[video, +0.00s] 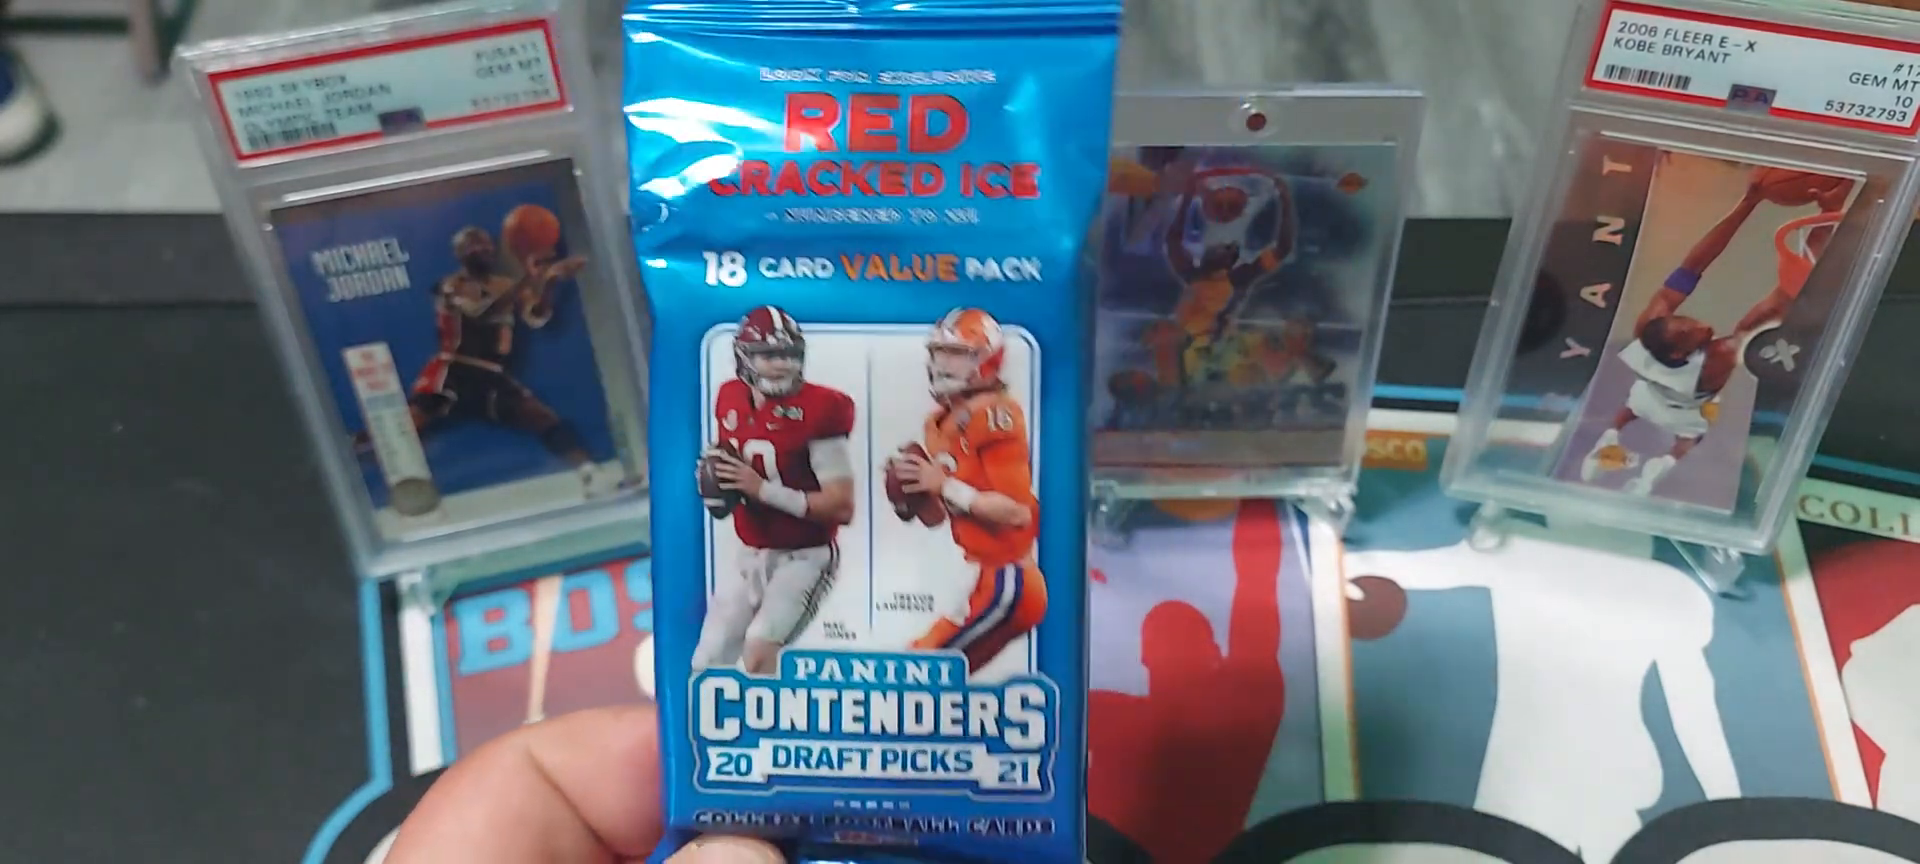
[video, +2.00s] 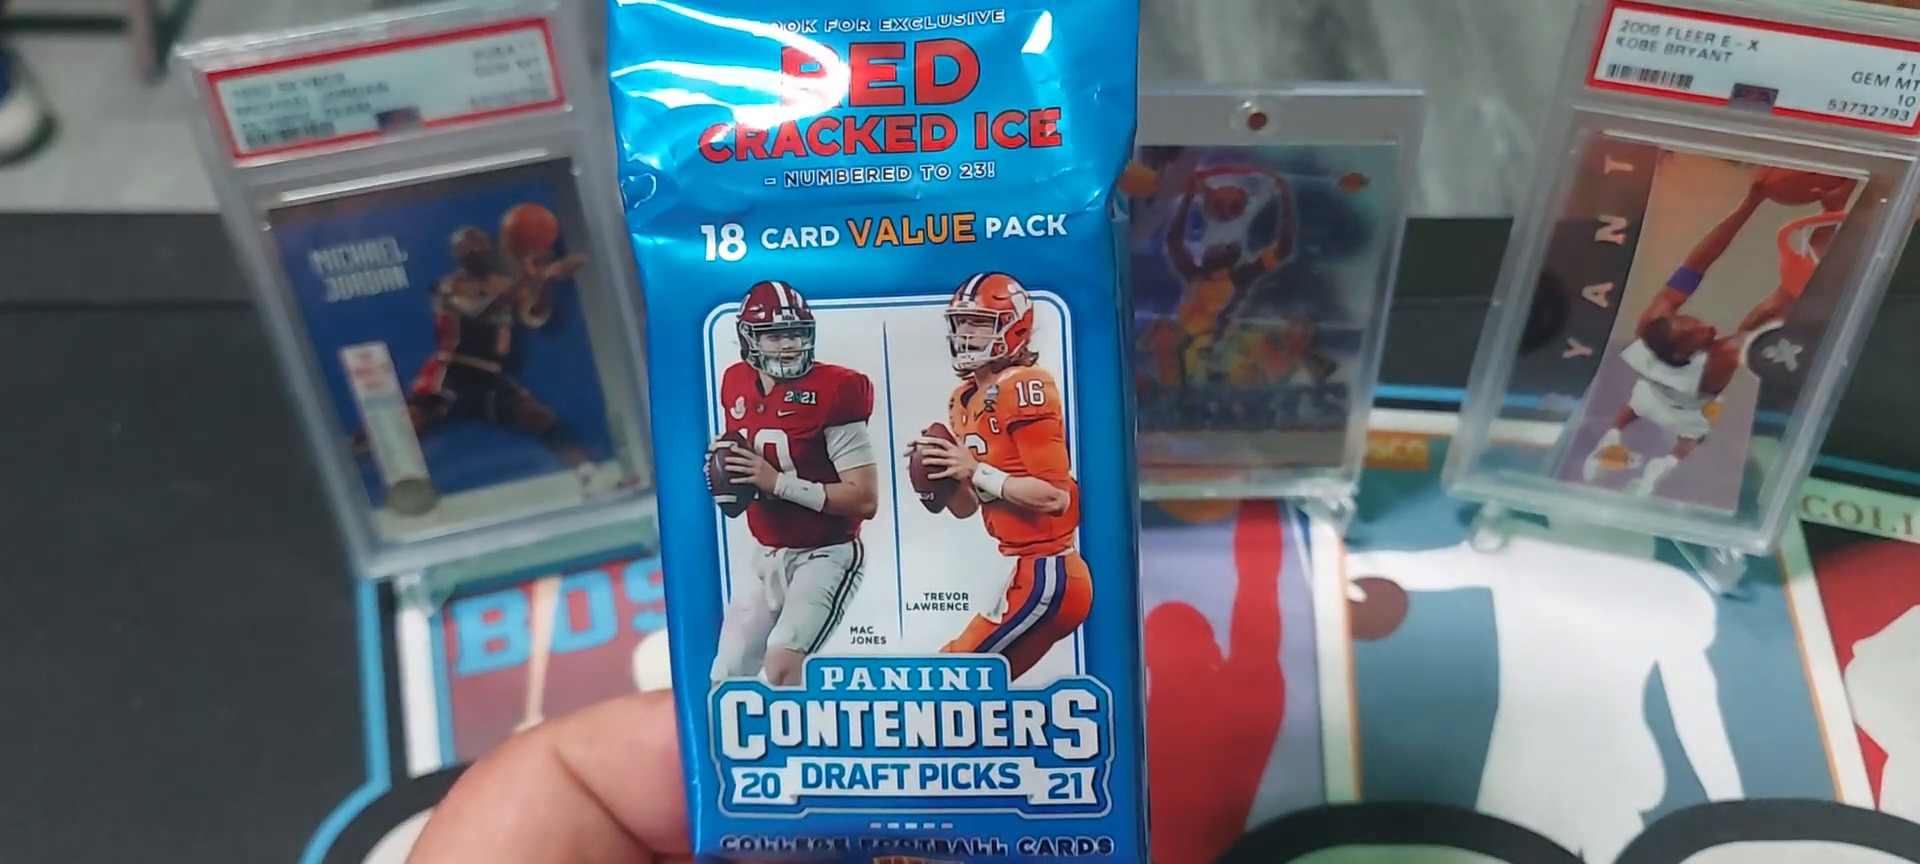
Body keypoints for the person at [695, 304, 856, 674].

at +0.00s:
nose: (779, 364)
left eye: (788, 354)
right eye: (768, 355)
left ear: (800, 356)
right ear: (745, 358)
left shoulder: (822, 408)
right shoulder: (731, 397)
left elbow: (842, 507)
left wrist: (761, 488)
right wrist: (712, 477)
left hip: (805, 558)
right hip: (749, 557)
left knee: (759, 650)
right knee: (706, 662)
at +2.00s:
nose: (787, 346)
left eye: (795, 335)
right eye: (775, 336)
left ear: (808, 336)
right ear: (750, 339)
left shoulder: (837, 390)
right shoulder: (736, 382)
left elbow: (864, 499)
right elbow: (739, 457)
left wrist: (776, 481)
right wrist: (722, 467)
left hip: (828, 555)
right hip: (766, 557)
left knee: (780, 669)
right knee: (726, 678)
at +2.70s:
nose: (805, 368)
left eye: (813, 357)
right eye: (791, 358)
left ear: (825, 358)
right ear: (767, 363)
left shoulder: (852, 413)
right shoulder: (754, 406)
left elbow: (877, 522)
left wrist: (791, 505)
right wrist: (739, 495)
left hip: (841, 577)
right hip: (780, 580)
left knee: (793, 691)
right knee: (738, 703)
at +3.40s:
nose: (852, 384)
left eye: (861, 372)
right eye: (838, 373)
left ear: (875, 375)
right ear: (813, 377)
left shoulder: (902, 432)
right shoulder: (802, 420)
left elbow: (925, 546)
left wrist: (836, 524)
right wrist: (783, 514)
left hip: (887, 602)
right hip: (826, 602)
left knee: (836, 715)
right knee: (779, 726)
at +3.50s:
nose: (904, 412)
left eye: (914, 400)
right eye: (890, 400)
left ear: (928, 402)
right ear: (865, 403)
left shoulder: (956, 461)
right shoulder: (852, 447)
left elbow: (975, 577)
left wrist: (885, 553)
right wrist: (832, 543)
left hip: (935, 635)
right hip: (871, 632)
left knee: (881, 748)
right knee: (823, 757)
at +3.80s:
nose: (959, 402)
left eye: (968, 391)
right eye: (946, 391)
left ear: (982, 394)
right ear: (919, 393)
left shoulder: (1004, 453)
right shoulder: (901, 436)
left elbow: (1021, 570)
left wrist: (932, 544)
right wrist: (877, 527)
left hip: (977, 626)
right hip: (910, 621)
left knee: (916, 738)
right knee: (858, 743)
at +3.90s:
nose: (979, 379)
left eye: (990, 367)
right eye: (967, 367)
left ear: (1004, 371)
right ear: (941, 369)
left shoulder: (1025, 429)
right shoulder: (923, 409)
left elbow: (1035, 547)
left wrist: (947, 517)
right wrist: (895, 494)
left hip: (991, 600)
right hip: (927, 594)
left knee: (926, 707)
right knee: (867, 712)